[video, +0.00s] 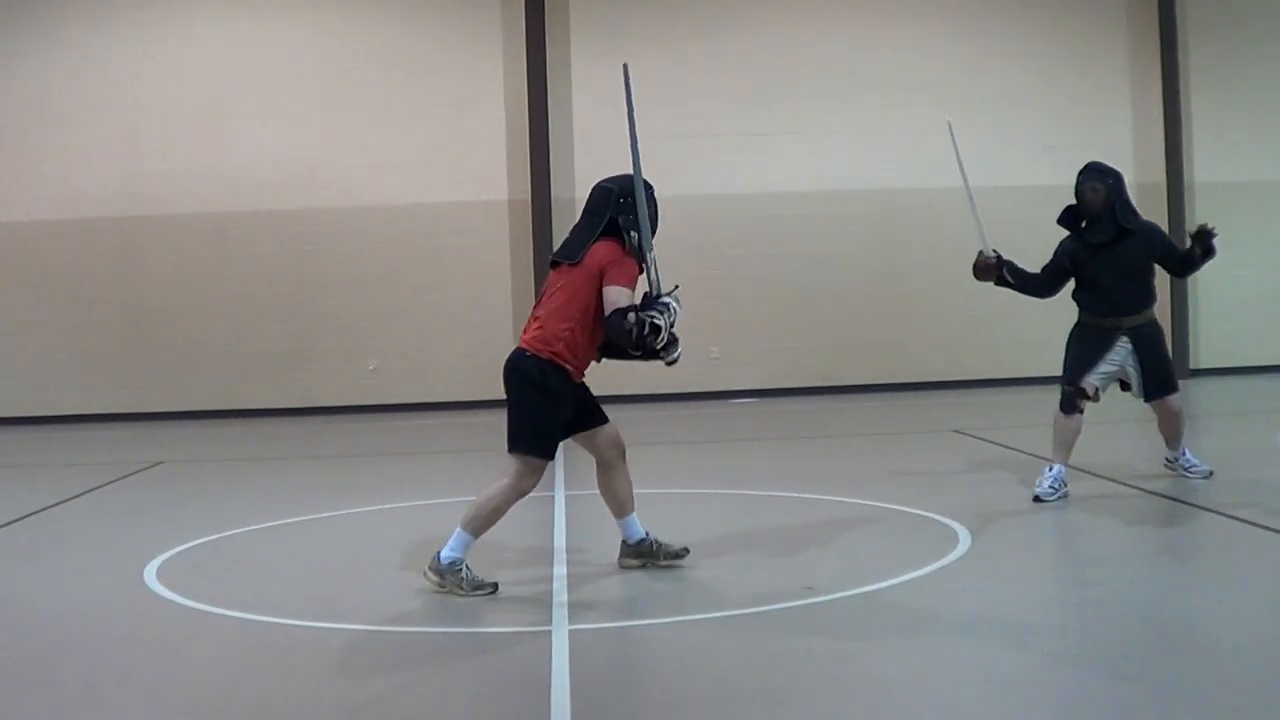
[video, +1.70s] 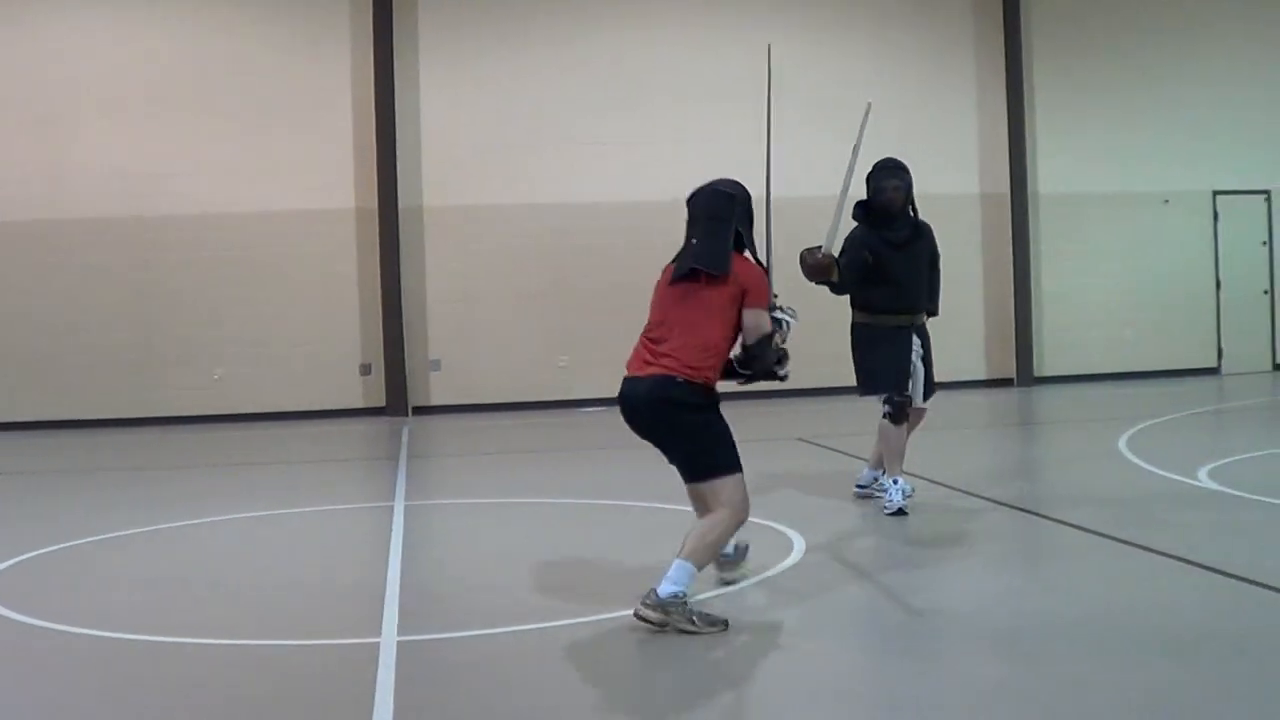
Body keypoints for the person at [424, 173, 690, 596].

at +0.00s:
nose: (650, 229)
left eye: (650, 218)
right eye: (648, 218)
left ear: (605, 213)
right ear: (632, 217)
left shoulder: (576, 251)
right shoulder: (618, 256)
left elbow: (596, 341)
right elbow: (622, 328)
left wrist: (653, 346)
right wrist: (659, 315)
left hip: (556, 374)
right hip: (541, 372)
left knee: (610, 449)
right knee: (523, 477)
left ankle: (635, 541)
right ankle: (448, 560)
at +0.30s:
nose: (674, 216)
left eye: (671, 206)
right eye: (670, 207)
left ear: (625, 210)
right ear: (657, 210)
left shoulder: (602, 252)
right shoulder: (646, 253)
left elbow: (618, 341)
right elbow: (673, 327)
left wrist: (677, 336)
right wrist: (687, 304)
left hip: (583, 371)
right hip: (569, 370)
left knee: (634, 450)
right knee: (586, 474)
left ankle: (622, 544)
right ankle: (493, 532)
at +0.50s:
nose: (691, 207)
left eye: (690, 196)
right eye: (688, 197)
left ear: (640, 195)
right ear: (674, 198)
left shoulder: (613, 238)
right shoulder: (662, 244)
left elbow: (615, 324)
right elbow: (679, 319)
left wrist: (671, 331)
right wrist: (693, 296)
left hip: (578, 355)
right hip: (582, 357)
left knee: (623, 452)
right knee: (610, 457)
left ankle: (614, 544)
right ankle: (563, 565)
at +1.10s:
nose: (680, 175)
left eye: (676, 164)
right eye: (676, 165)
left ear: (620, 169)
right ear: (665, 170)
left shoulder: (601, 221)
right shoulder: (663, 225)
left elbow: (599, 294)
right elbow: (666, 306)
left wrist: (660, 309)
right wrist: (676, 320)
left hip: (573, 353)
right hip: (601, 361)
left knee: (638, 459)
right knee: (580, 476)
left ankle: (681, 559)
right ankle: (539, 588)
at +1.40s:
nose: (699, 197)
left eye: (697, 188)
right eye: (696, 188)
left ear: (643, 192)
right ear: (685, 190)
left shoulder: (625, 236)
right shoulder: (686, 234)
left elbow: (619, 318)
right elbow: (696, 307)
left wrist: (673, 353)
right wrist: (714, 319)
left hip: (595, 360)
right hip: (620, 364)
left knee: (671, 452)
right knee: (655, 473)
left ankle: (665, 569)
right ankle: (558, 551)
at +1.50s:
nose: (714, 197)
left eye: (711, 188)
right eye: (711, 188)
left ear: (655, 188)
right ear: (700, 189)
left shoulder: (638, 232)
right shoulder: (699, 230)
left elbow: (629, 317)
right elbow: (711, 301)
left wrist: (686, 352)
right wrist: (728, 315)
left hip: (606, 357)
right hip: (638, 359)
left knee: (673, 466)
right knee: (683, 470)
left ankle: (661, 566)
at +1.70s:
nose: (750, 227)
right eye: (747, 219)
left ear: (694, 220)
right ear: (741, 222)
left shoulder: (674, 267)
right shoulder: (746, 270)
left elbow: (679, 335)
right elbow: (755, 331)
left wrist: (735, 359)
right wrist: (776, 324)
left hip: (636, 391)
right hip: (683, 394)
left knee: (693, 468)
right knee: (732, 507)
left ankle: (723, 548)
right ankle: (667, 595)